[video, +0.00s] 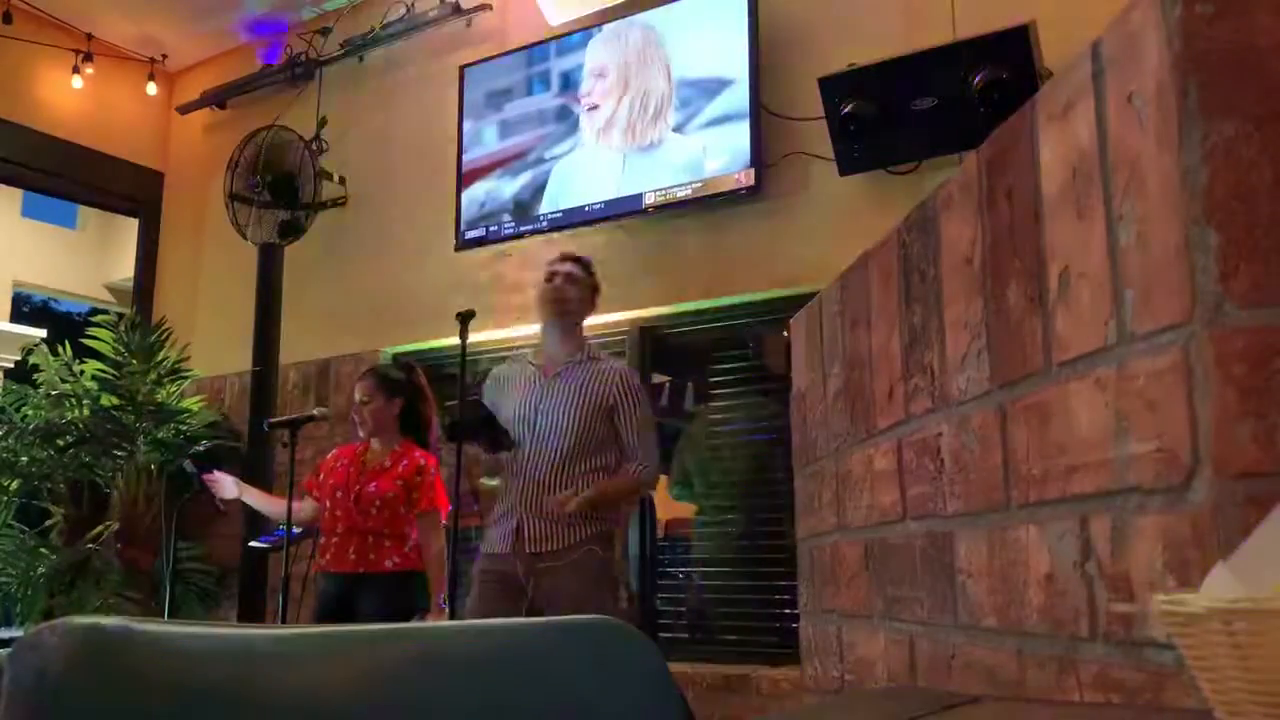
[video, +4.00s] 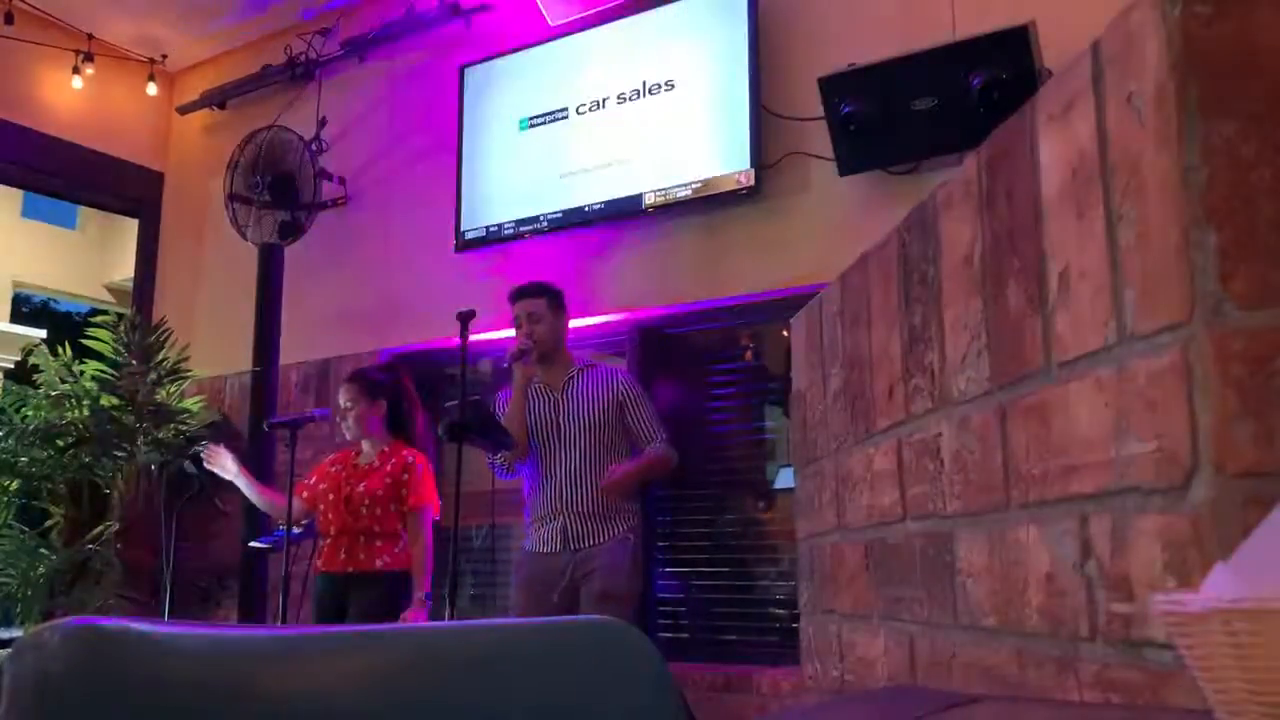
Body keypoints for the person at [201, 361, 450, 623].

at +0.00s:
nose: (355, 411)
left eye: (365, 402)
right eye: (354, 403)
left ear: (396, 405)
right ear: (354, 403)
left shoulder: (418, 464)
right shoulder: (340, 458)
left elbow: (432, 539)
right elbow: (303, 512)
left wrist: (438, 607)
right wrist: (240, 489)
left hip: (392, 589)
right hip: (335, 588)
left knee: (387, 688)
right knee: (327, 686)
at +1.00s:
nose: (348, 417)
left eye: (357, 408)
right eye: (347, 410)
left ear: (387, 408)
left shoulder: (413, 464)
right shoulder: (342, 463)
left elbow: (421, 539)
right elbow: (304, 517)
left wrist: (415, 601)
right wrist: (244, 492)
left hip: (385, 583)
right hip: (334, 582)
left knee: (371, 677)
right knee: (329, 675)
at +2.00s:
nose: (353, 408)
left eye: (362, 399)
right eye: (354, 399)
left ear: (393, 405)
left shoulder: (418, 462)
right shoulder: (346, 462)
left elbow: (431, 535)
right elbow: (310, 519)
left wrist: (428, 600)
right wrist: (256, 495)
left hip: (392, 582)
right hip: (339, 582)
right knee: (339, 678)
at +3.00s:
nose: (349, 416)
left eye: (357, 406)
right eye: (349, 408)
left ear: (386, 405)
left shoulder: (413, 461)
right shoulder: (355, 460)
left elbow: (419, 539)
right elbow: (333, 526)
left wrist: (411, 600)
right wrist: (278, 515)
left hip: (384, 581)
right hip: (341, 579)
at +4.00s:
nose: (341, 416)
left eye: (350, 407)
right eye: (340, 409)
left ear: (379, 408)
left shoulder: (410, 464)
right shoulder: (334, 464)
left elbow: (421, 538)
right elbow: (290, 511)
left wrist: (420, 602)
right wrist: (237, 474)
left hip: (382, 582)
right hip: (330, 582)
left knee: (371, 678)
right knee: (325, 676)